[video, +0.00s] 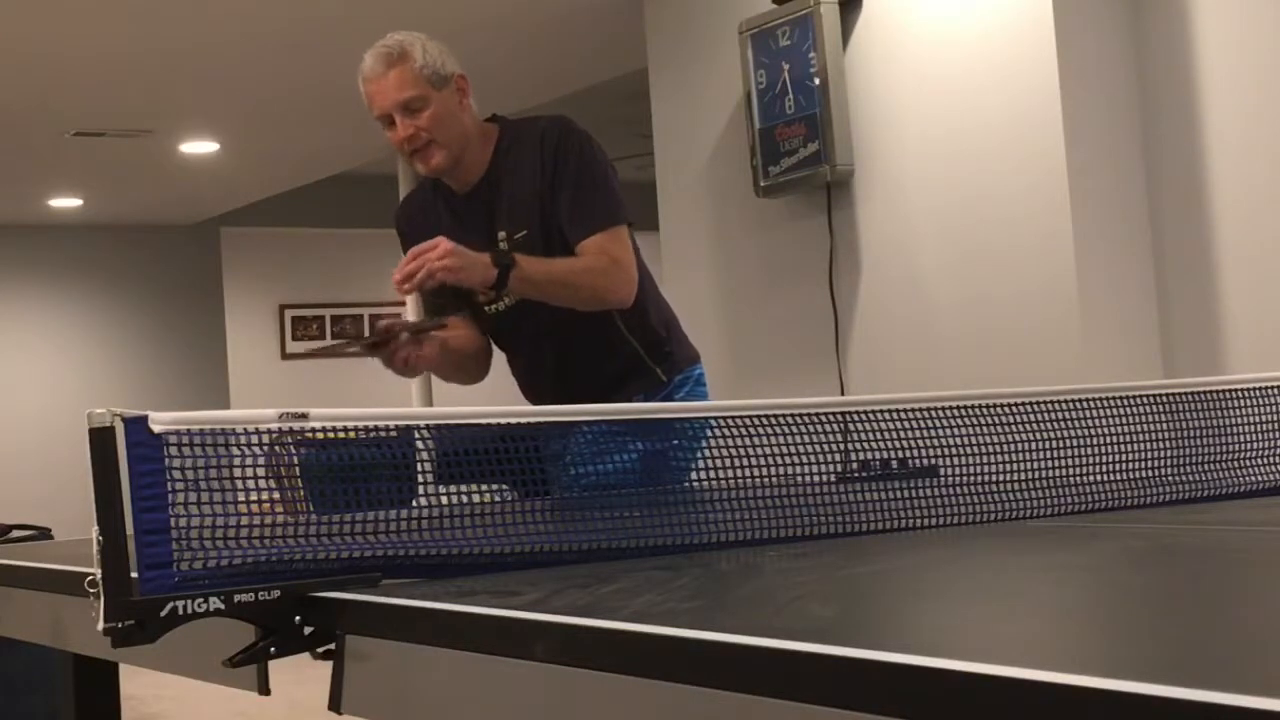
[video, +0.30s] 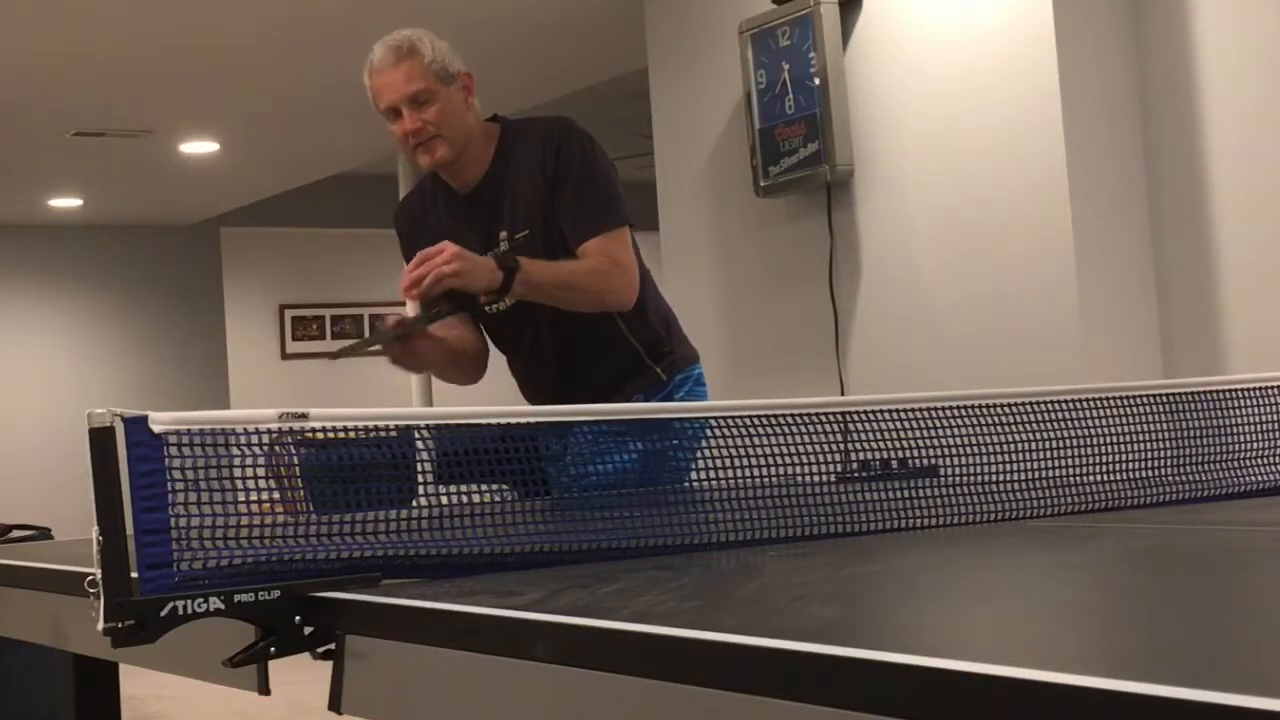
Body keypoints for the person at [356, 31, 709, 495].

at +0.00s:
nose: (405, 132)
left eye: (414, 108)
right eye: (388, 122)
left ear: (461, 92)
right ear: (382, 130)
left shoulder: (557, 145)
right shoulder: (419, 215)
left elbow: (617, 281)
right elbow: (473, 362)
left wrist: (491, 270)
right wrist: (432, 351)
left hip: (661, 394)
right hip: (567, 416)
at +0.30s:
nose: (411, 126)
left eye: (422, 102)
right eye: (393, 115)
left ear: (465, 88)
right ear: (385, 124)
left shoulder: (558, 146)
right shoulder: (418, 215)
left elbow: (619, 283)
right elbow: (470, 363)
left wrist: (497, 273)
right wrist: (420, 351)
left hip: (659, 395)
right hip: (565, 417)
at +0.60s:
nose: (420, 118)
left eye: (431, 95)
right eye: (401, 107)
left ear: (472, 85)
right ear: (393, 119)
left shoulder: (561, 144)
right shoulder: (422, 214)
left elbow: (627, 280)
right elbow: (465, 369)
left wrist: (501, 278)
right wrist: (432, 316)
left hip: (659, 395)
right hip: (566, 416)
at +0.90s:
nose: (424, 114)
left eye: (437, 91)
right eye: (407, 102)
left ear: (480, 82)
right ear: (399, 114)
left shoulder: (568, 144)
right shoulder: (428, 208)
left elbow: (637, 281)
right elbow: (474, 359)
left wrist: (515, 288)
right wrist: (434, 334)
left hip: (662, 396)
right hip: (570, 416)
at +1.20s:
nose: (410, 128)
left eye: (420, 103)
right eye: (400, 112)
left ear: (476, 82)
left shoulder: (577, 146)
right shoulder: (444, 197)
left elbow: (637, 290)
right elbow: (454, 341)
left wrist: (514, 296)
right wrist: (392, 345)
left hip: (663, 395)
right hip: (576, 413)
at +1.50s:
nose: (405, 125)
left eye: (414, 101)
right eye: (396, 112)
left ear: (470, 82)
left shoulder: (574, 148)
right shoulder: (448, 194)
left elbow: (618, 295)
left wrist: (485, 296)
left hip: (664, 394)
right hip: (578, 413)